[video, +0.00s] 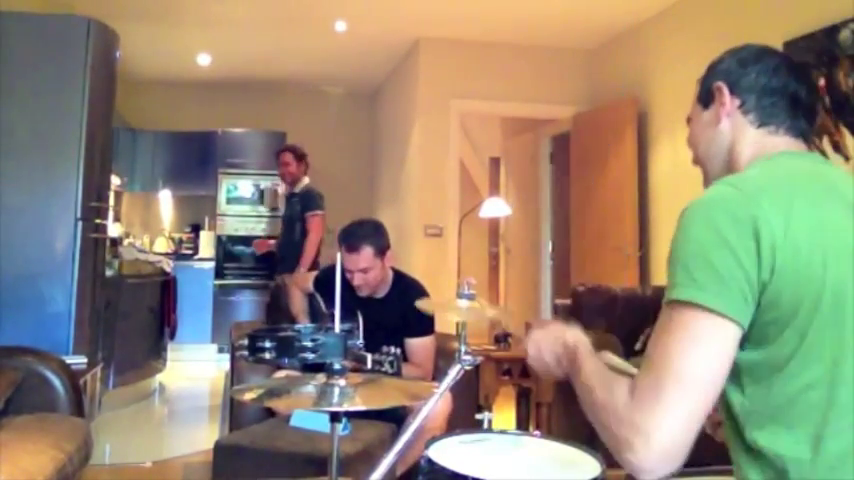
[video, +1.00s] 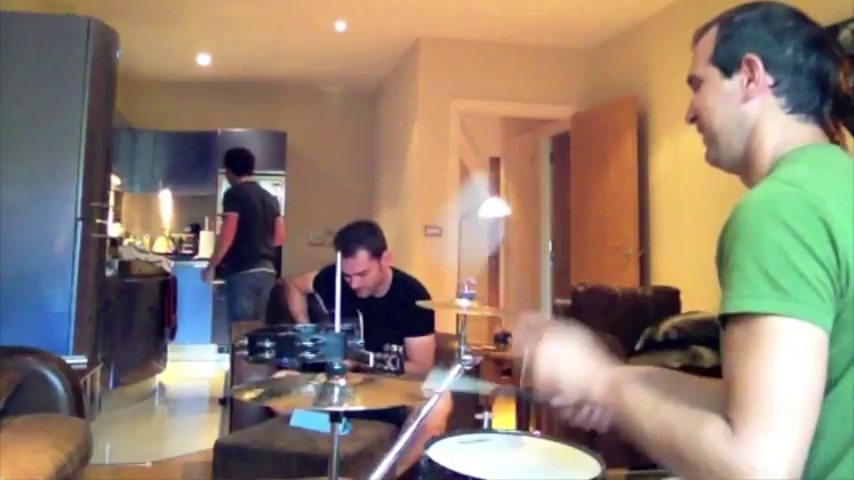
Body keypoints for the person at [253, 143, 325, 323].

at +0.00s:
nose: (283, 170)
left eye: (288, 164)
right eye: (281, 165)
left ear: (302, 166)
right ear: (278, 168)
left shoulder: (310, 196)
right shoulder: (290, 196)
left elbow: (315, 233)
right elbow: (291, 237)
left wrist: (302, 270)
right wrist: (272, 244)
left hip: (296, 273)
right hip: (282, 271)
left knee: (298, 324)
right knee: (280, 322)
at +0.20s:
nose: (268, 174)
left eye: (271, 168)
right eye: (269, 168)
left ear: (281, 169)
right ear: (284, 169)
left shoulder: (299, 197)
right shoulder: (287, 197)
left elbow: (303, 235)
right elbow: (289, 237)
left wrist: (291, 271)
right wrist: (270, 244)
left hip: (291, 277)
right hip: (279, 274)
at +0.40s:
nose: (259, 173)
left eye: (260, 168)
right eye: (259, 168)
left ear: (267, 169)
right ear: (283, 167)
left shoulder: (282, 195)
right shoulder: (290, 194)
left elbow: (283, 239)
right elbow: (288, 239)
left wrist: (271, 278)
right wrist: (263, 245)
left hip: (280, 280)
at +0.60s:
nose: (246, 172)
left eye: (247, 167)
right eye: (246, 167)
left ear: (252, 168)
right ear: (272, 166)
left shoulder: (264, 192)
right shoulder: (283, 193)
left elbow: (262, 234)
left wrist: (246, 273)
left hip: (266, 272)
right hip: (283, 268)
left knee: (256, 325)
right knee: (277, 323)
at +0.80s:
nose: (231, 177)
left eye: (232, 172)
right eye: (231, 172)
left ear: (237, 171)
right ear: (257, 168)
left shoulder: (249, 194)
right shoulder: (275, 195)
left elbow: (244, 235)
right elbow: (284, 231)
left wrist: (223, 273)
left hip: (254, 273)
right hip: (275, 270)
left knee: (249, 332)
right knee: (270, 330)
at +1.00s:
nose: (225, 173)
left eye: (226, 169)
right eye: (226, 169)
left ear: (230, 170)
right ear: (251, 168)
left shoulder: (235, 194)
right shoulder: (270, 197)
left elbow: (227, 235)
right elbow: (279, 237)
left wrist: (212, 265)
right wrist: (258, 247)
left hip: (243, 272)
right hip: (267, 270)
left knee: (241, 334)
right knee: (258, 332)